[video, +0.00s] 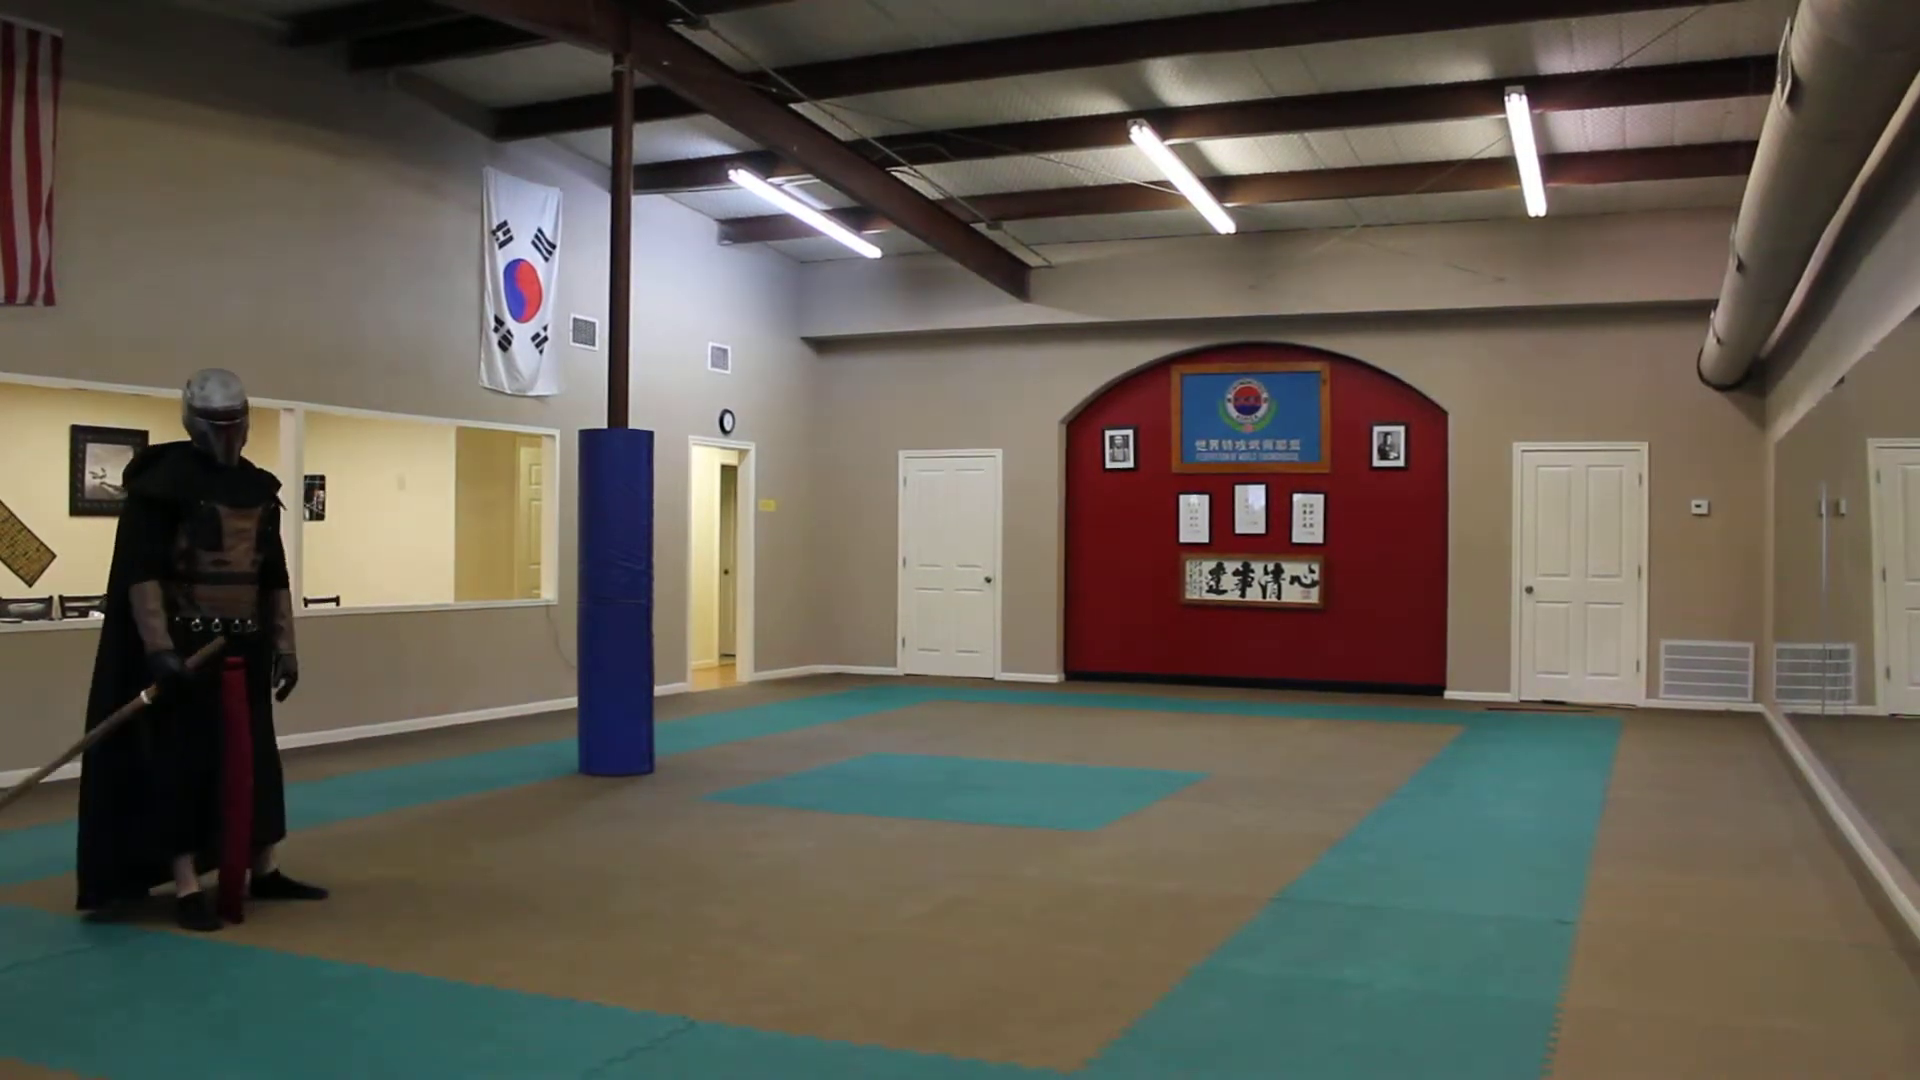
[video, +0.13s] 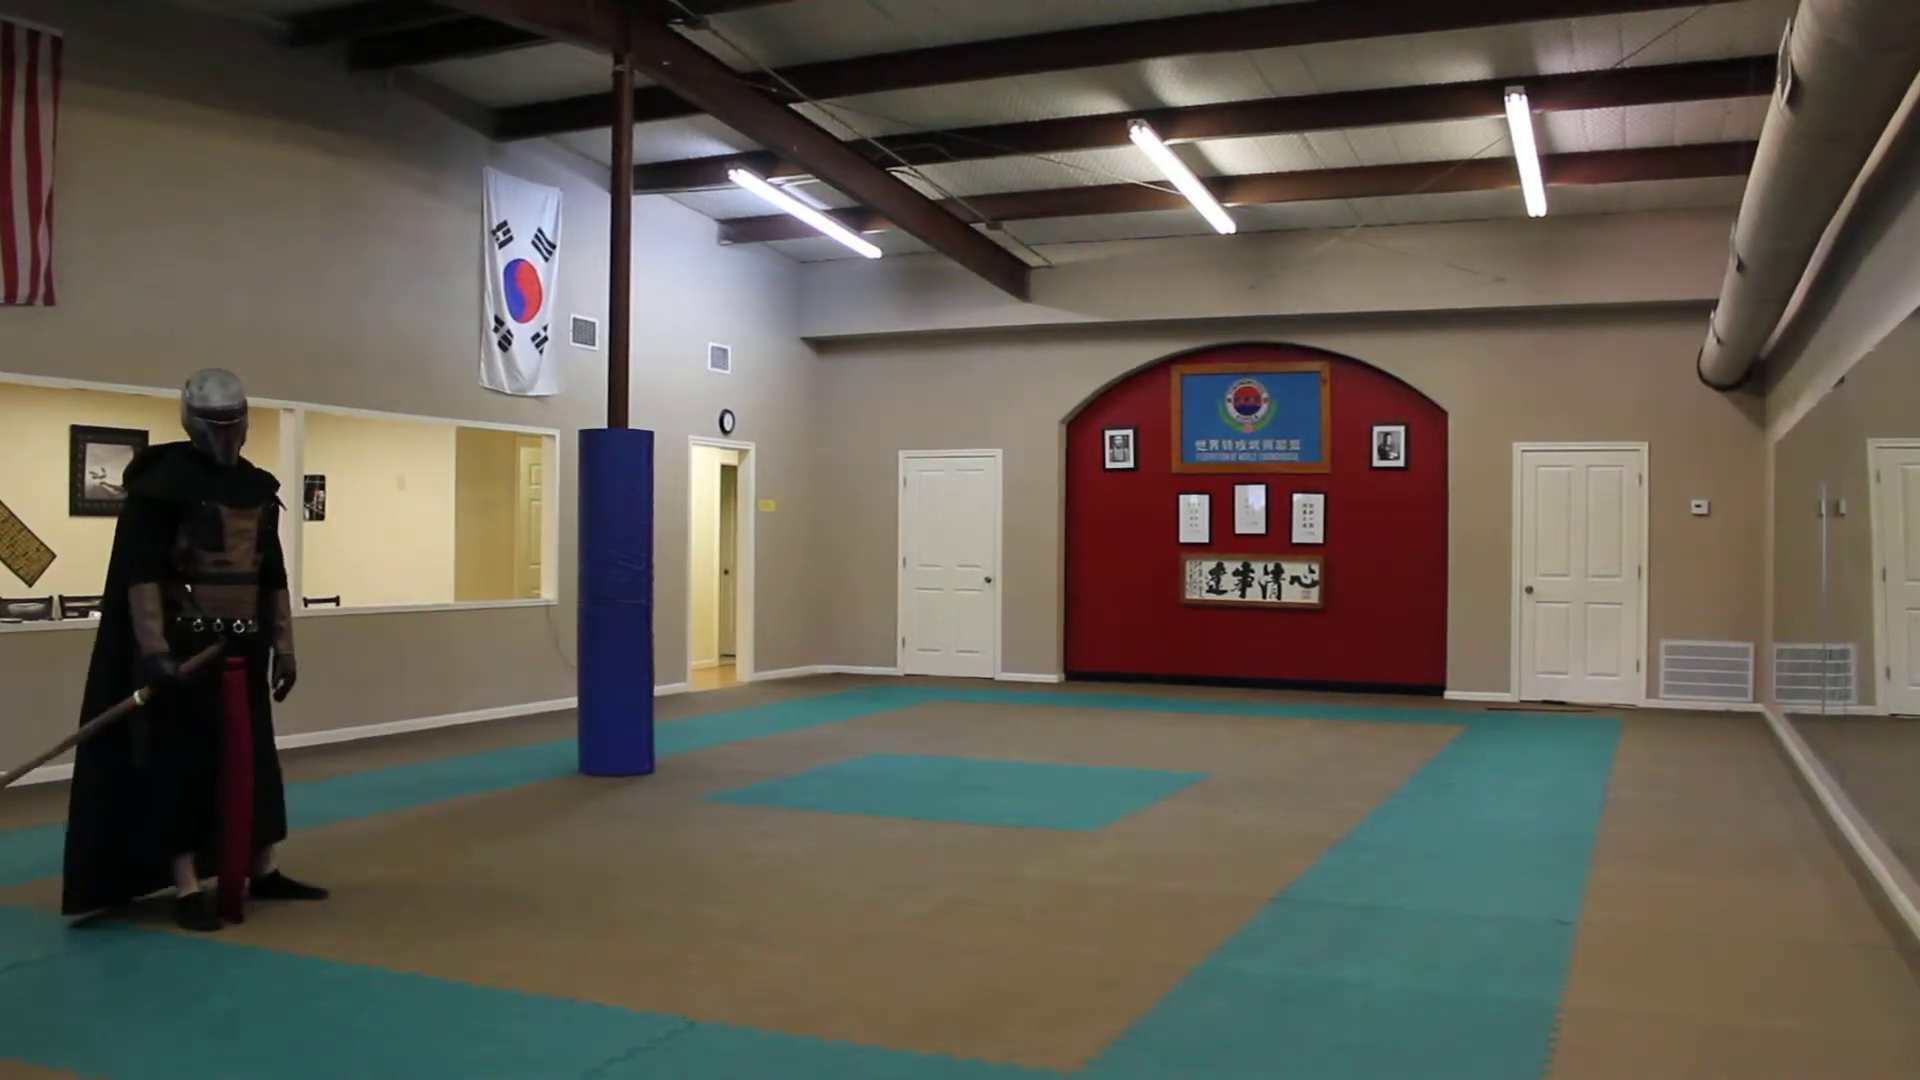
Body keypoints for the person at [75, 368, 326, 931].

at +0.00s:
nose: (227, 432)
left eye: (235, 420)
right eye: (215, 421)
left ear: (248, 420)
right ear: (190, 421)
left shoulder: (258, 489)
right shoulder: (161, 477)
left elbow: (274, 575)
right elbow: (141, 570)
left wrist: (285, 645)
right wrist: (159, 649)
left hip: (243, 651)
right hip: (179, 651)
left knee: (254, 758)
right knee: (180, 764)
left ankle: (262, 872)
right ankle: (187, 886)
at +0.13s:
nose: (226, 431)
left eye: (235, 420)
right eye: (214, 421)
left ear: (247, 419)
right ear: (190, 420)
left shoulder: (258, 488)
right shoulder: (161, 477)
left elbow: (273, 574)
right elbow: (141, 570)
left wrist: (282, 644)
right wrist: (153, 649)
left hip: (242, 649)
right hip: (180, 649)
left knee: (251, 759)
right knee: (181, 764)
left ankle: (260, 872)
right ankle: (187, 888)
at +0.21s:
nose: (223, 431)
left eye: (233, 419)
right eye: (210, 420)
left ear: (247, 419)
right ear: (189, 419)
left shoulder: (259, 490)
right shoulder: (162, 478)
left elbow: (273, 574)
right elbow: (141, 569)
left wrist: (285, 645)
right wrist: (155, 651)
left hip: (242, 648)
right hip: (182, 649)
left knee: (251, 759)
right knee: (182, 764)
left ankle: (260, 871)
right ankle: (188, 887)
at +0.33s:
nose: (227, 432)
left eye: (235, 420)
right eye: (213, 421)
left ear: (248, 419)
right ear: (190, 421)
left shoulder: (259, 488)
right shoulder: (163, 478)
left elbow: (275, 570)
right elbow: (146, 572)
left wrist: (292, 642)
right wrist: (165, 650)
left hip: (243, 651)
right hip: (182, 651)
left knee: (250, 761)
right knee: (181, 766)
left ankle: (258, 871)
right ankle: (187, 885)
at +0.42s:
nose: (229, 432)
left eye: (237, 419)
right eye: (216, 421)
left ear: (249, 420)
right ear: (192, 421)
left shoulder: (259, 488)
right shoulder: (164, 478)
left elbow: (278, 570)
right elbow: (148, 571)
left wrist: (297, 639)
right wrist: (176, 647)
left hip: (245, 653)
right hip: (182, 653)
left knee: (251, 762)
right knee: (183, 767)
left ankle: (257, 871)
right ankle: (188, 885)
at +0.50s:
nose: (228, 431)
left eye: (236, 419)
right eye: (215, 420)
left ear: (250, 420)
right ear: (192, 421)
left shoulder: (261, 489)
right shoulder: (166, 478)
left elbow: (280, 571)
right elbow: (150, 571)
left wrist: (301, 637)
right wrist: (186, 644)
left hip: (247, 651)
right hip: (182, 650)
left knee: (251, 761)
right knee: (187, 766)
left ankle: (256, 871)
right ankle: (188, 886)